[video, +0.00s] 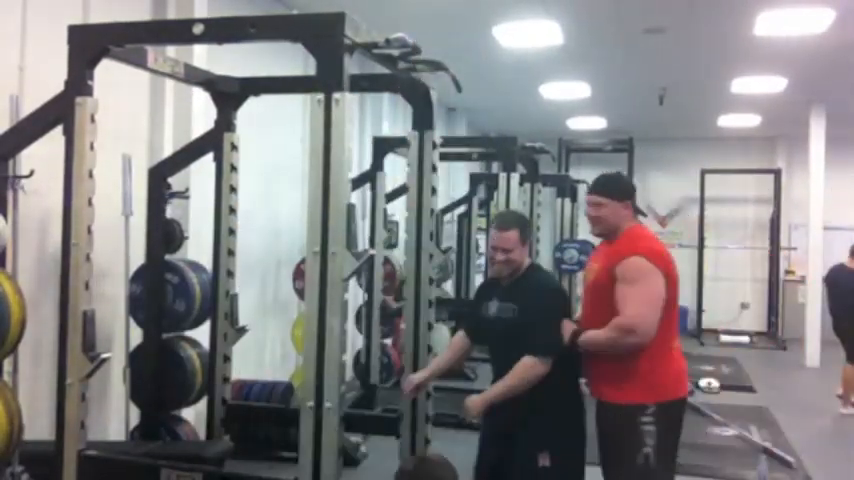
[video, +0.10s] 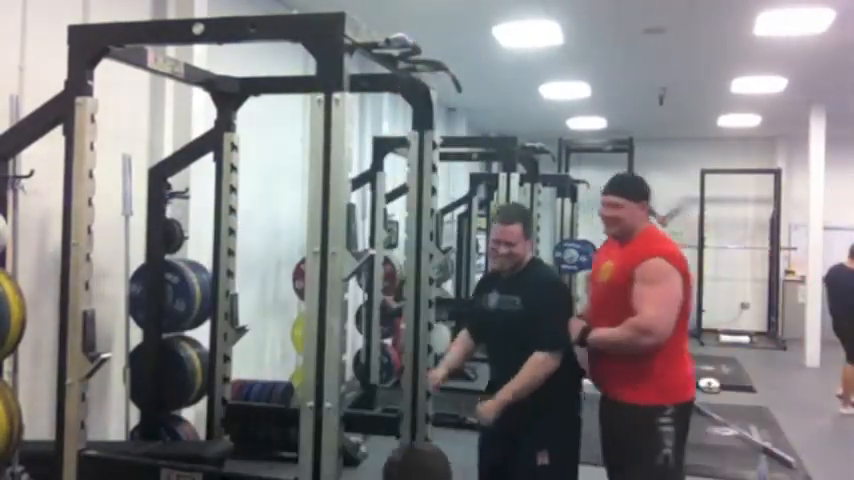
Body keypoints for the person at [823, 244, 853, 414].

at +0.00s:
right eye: (853, 257)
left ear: (849, 255)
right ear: (851, 256)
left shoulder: (834, 273)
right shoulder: (844, 274)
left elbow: (833, 305)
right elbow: (836, 306)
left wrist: (838, 319)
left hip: (839, 324)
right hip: (848, 325)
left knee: (849, 358)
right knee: (850, 360)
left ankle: (845, 390)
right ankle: (847, 401)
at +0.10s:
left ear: (848, 255)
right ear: (851, 256)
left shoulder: (834, 272)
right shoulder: (844, 274)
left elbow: (832, 304)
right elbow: (835, 305)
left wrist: (838, 319)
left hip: (839, 323)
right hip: (848, 325)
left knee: (849, 358)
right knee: (850, 360)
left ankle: (845, 390)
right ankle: (847, 401)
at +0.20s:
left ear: (848, 255)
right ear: (851, 256)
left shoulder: (834, 272)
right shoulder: (844, 274)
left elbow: (832, 304)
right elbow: (835, 305)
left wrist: (838, 319)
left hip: (839, 323)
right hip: (848, 325)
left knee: (849, 358)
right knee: (850, 360)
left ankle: (845, 390)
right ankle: (847, 401)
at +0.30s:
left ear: (848, 254)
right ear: (851, 255)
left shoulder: (833, 272)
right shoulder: (844, 274)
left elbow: (832, 304)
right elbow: (834, 304)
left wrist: (837, 319)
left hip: (839, 323)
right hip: (848, 325)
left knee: (849, 358)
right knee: (850, 360)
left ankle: (845, 390)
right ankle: (847, 401)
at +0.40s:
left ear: (848, 254)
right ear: (851, 255)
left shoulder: (833, 272)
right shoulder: (845, 274)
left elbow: (832, 305)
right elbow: (835, 306)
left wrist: (838, 319)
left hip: (839, 324)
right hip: (848, 325)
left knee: (849, 358)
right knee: (850, 360)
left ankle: (845, 389)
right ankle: (847, 401)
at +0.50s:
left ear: (848, 254)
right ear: (851, 255)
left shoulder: (833, 273)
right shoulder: (845, 274)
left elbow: (833, 305)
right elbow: (835, 306)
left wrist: (838, 320)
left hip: (839, 324)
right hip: (848, 325)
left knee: (849, 358)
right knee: (850, 360)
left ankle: (844, 389)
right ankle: (847, 401)